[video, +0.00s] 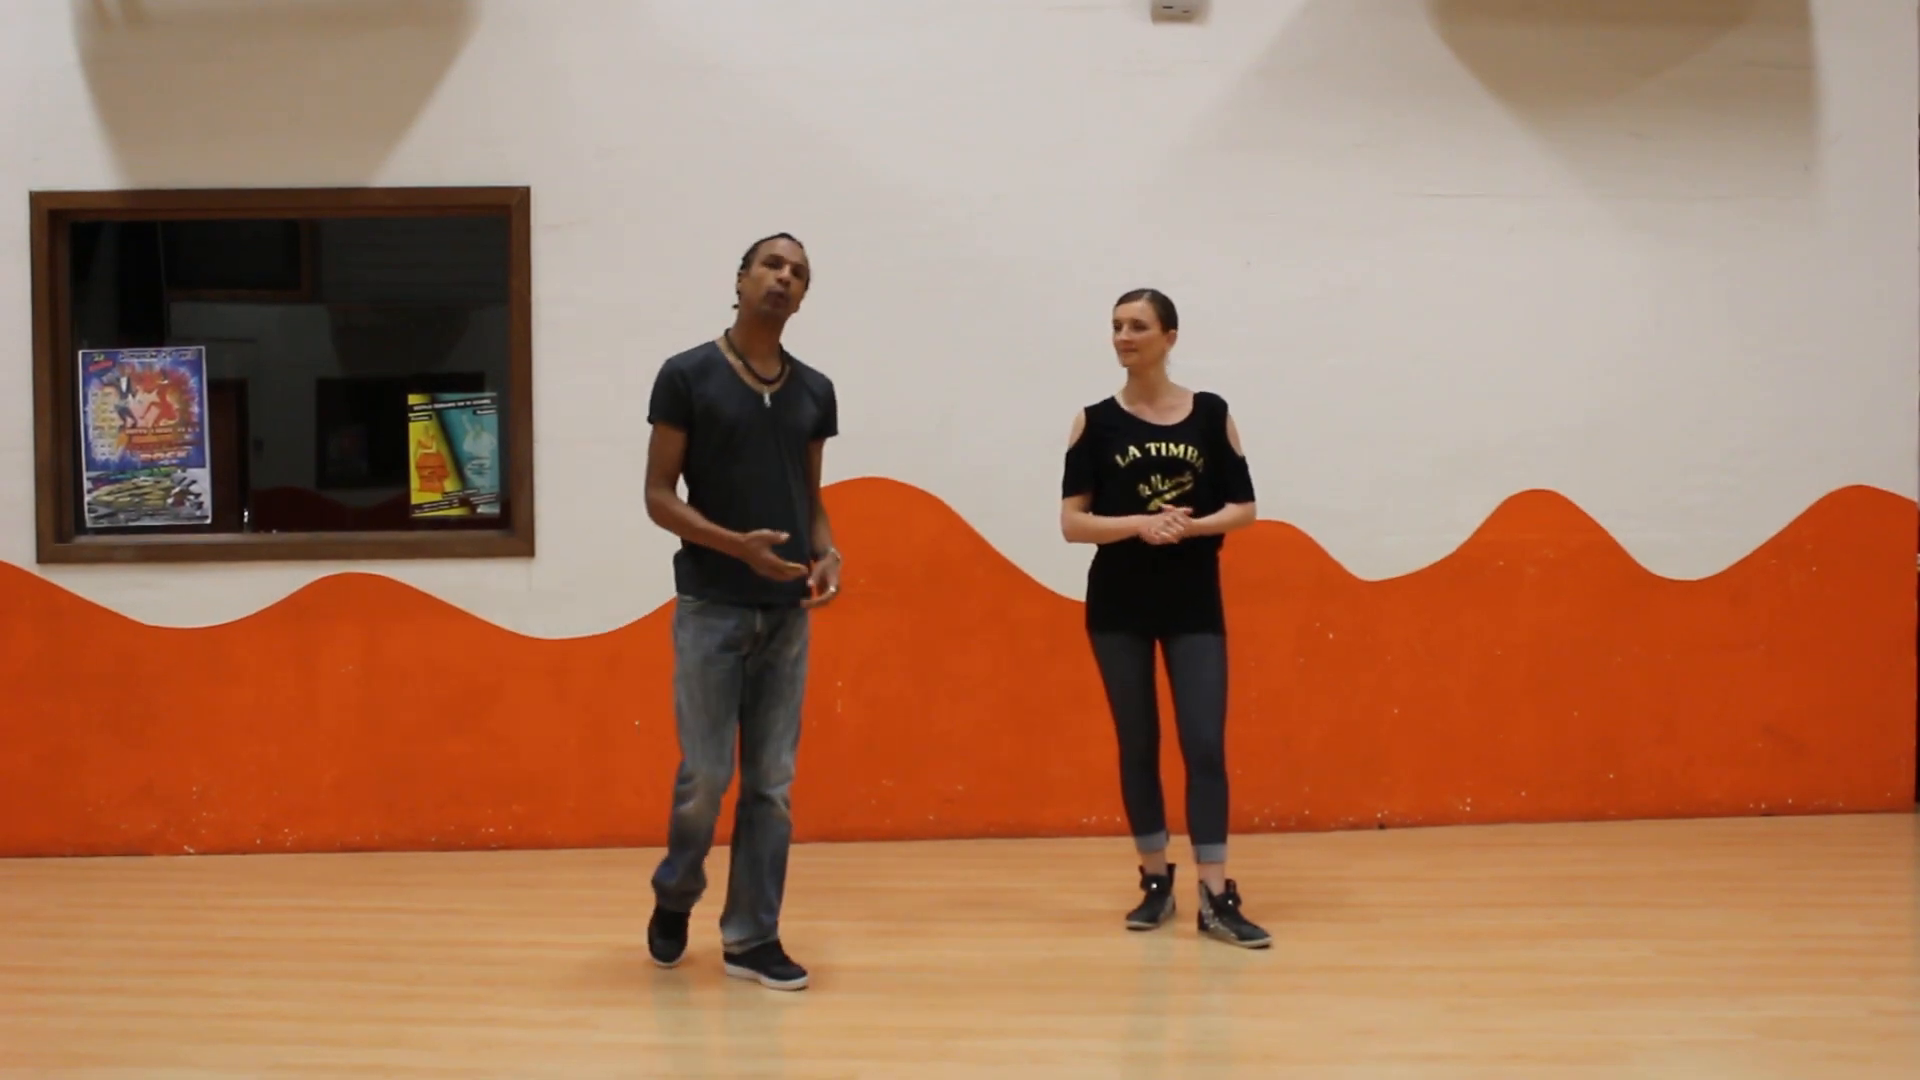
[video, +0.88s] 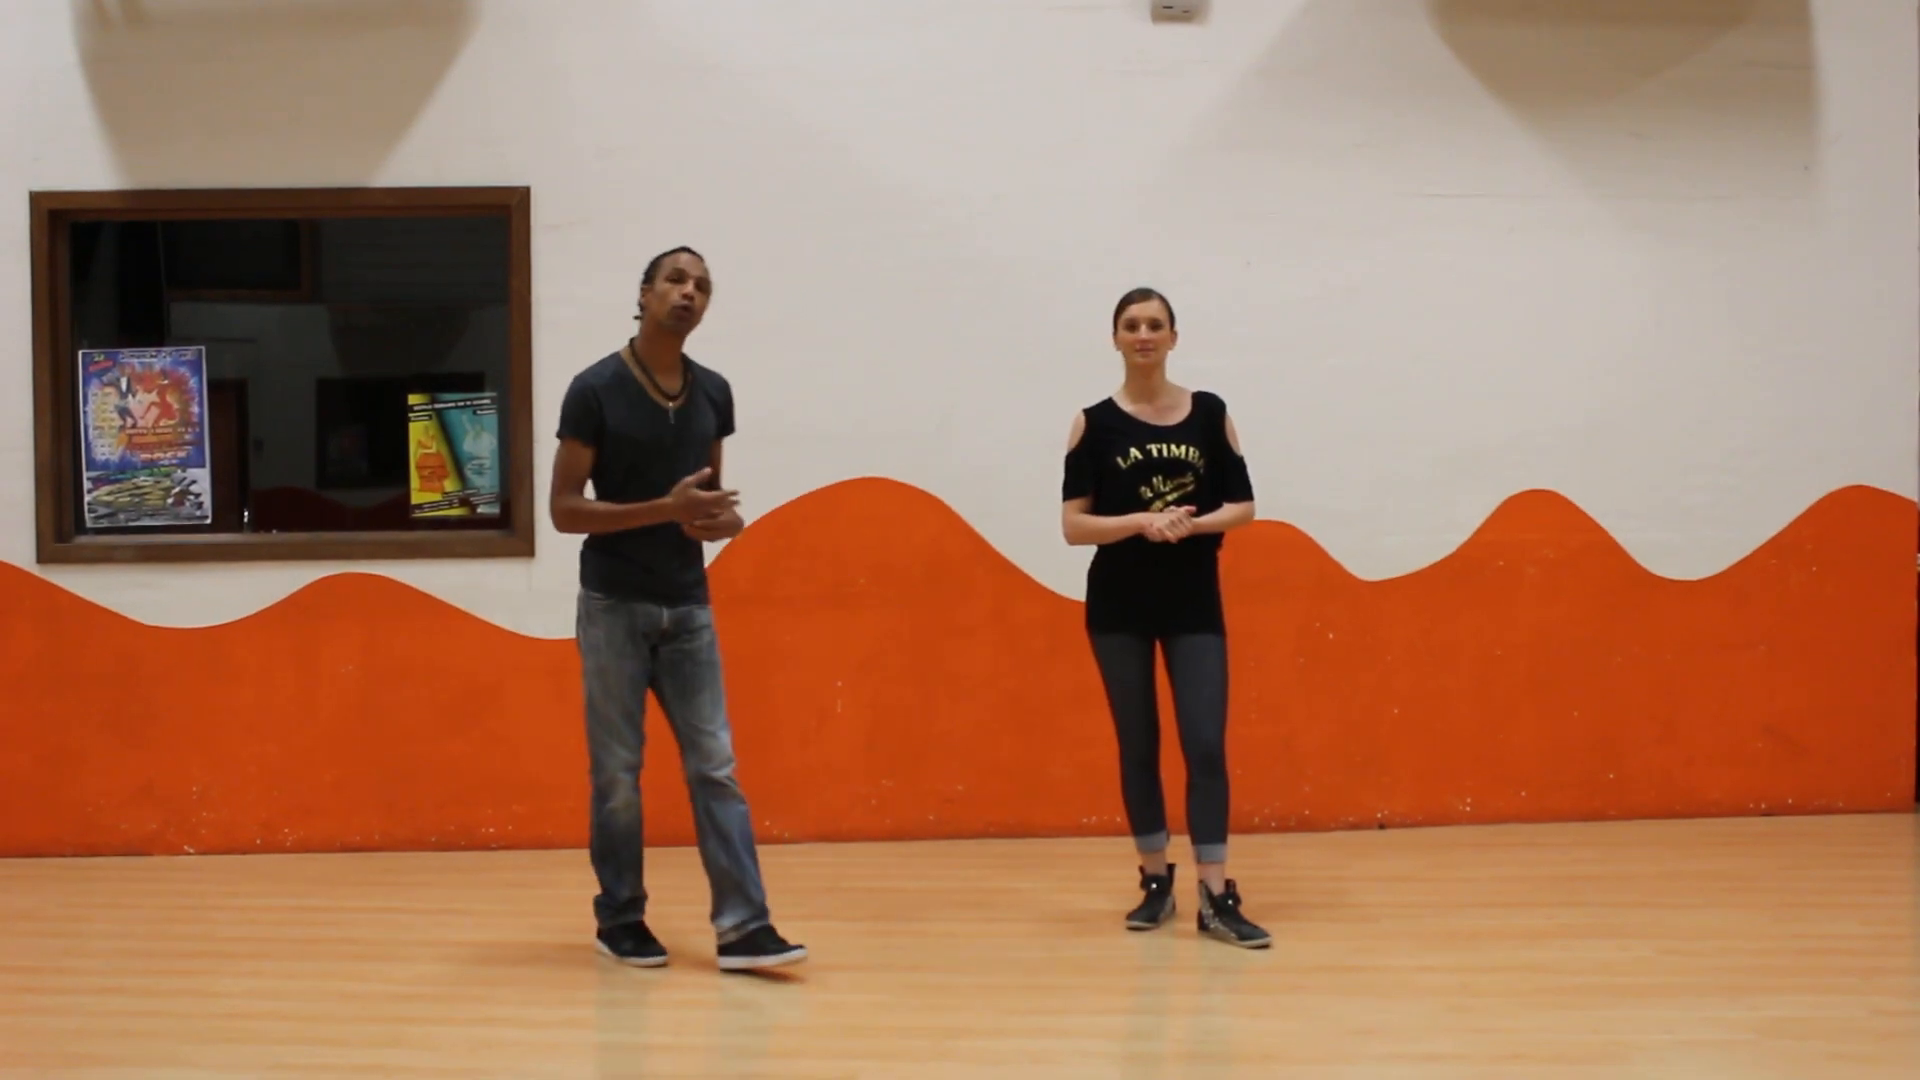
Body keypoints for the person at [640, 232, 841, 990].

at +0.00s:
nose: (786, 278)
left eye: (798, 274)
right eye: (774, 264)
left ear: (803, 299)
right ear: (740, 279)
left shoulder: (813, 390)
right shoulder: (687, 376)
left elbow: (810, 495)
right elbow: (660, 499)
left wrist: (828, 550)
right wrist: (738, 543)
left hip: (786, 611)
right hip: (711, 606)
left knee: (771, 781)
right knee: (708, 774)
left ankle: (753, 938)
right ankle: (676, 895)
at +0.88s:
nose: (687, 292)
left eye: (700, 286)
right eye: (674, 278)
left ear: (706, 309)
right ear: (642, 295)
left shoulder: (713, 394)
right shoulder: (595, 391)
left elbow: (710, 500)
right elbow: (563, 510)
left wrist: (717, 514)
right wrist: (668, 510)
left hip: (686, 603)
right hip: (612, 604)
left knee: (715, 765)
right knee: (617, 770)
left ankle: (743, 929)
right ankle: (621, 921)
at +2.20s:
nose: (733, 315)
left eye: (740, 306)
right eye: (721, 300)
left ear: (737, 320)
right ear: (682, 303)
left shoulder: (715, 396)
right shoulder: (642, 386)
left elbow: (688, 497)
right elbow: (613, 497)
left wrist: (729, 497)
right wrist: (709, 484)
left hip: (689, 586)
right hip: (639, 583)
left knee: (670, 739)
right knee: (664, 737)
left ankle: (645, 887)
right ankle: (636, 897)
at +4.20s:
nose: (716, 299)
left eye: (725, 289)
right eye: (703, 288)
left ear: (733, 304)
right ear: (672, 301)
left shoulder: (746, 385)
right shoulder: (643, 390)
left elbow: (763, 475)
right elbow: (624, 505)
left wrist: (765, 483)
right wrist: (716, 482)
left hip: (735, 592)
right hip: (675, 592)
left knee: (723, 752)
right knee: (688, 751)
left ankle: (680, 877)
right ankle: (689, 903)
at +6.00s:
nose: (695, 328)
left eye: (706, 314)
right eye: (683, 317)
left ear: (727, 314)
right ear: (667, 320)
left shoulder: (763, 391)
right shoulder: (642, 401)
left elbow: (767, 490)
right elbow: (627, 510)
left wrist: (812, 487)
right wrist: (618, 482)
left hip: (733, 590)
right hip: (668, 588)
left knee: (712, 748)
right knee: (686, 746)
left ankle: (672, 874)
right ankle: (694, 897)